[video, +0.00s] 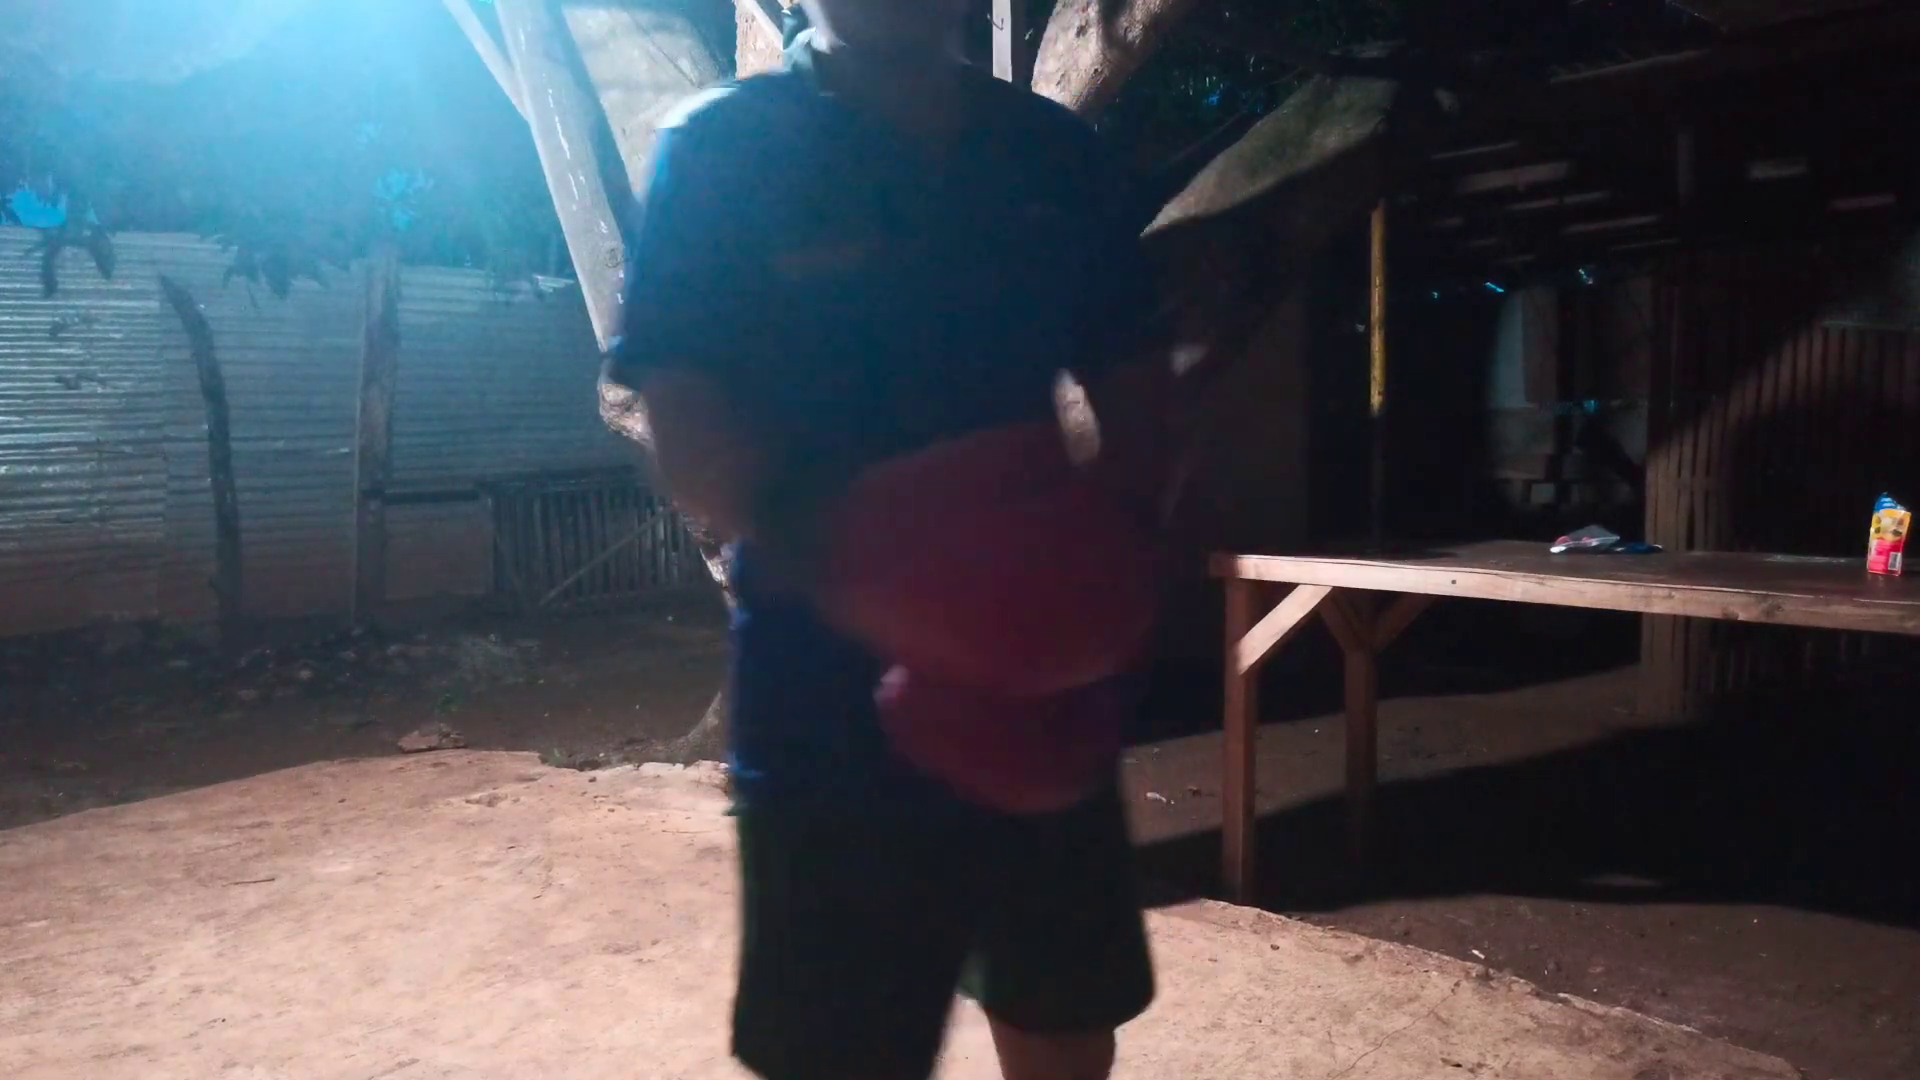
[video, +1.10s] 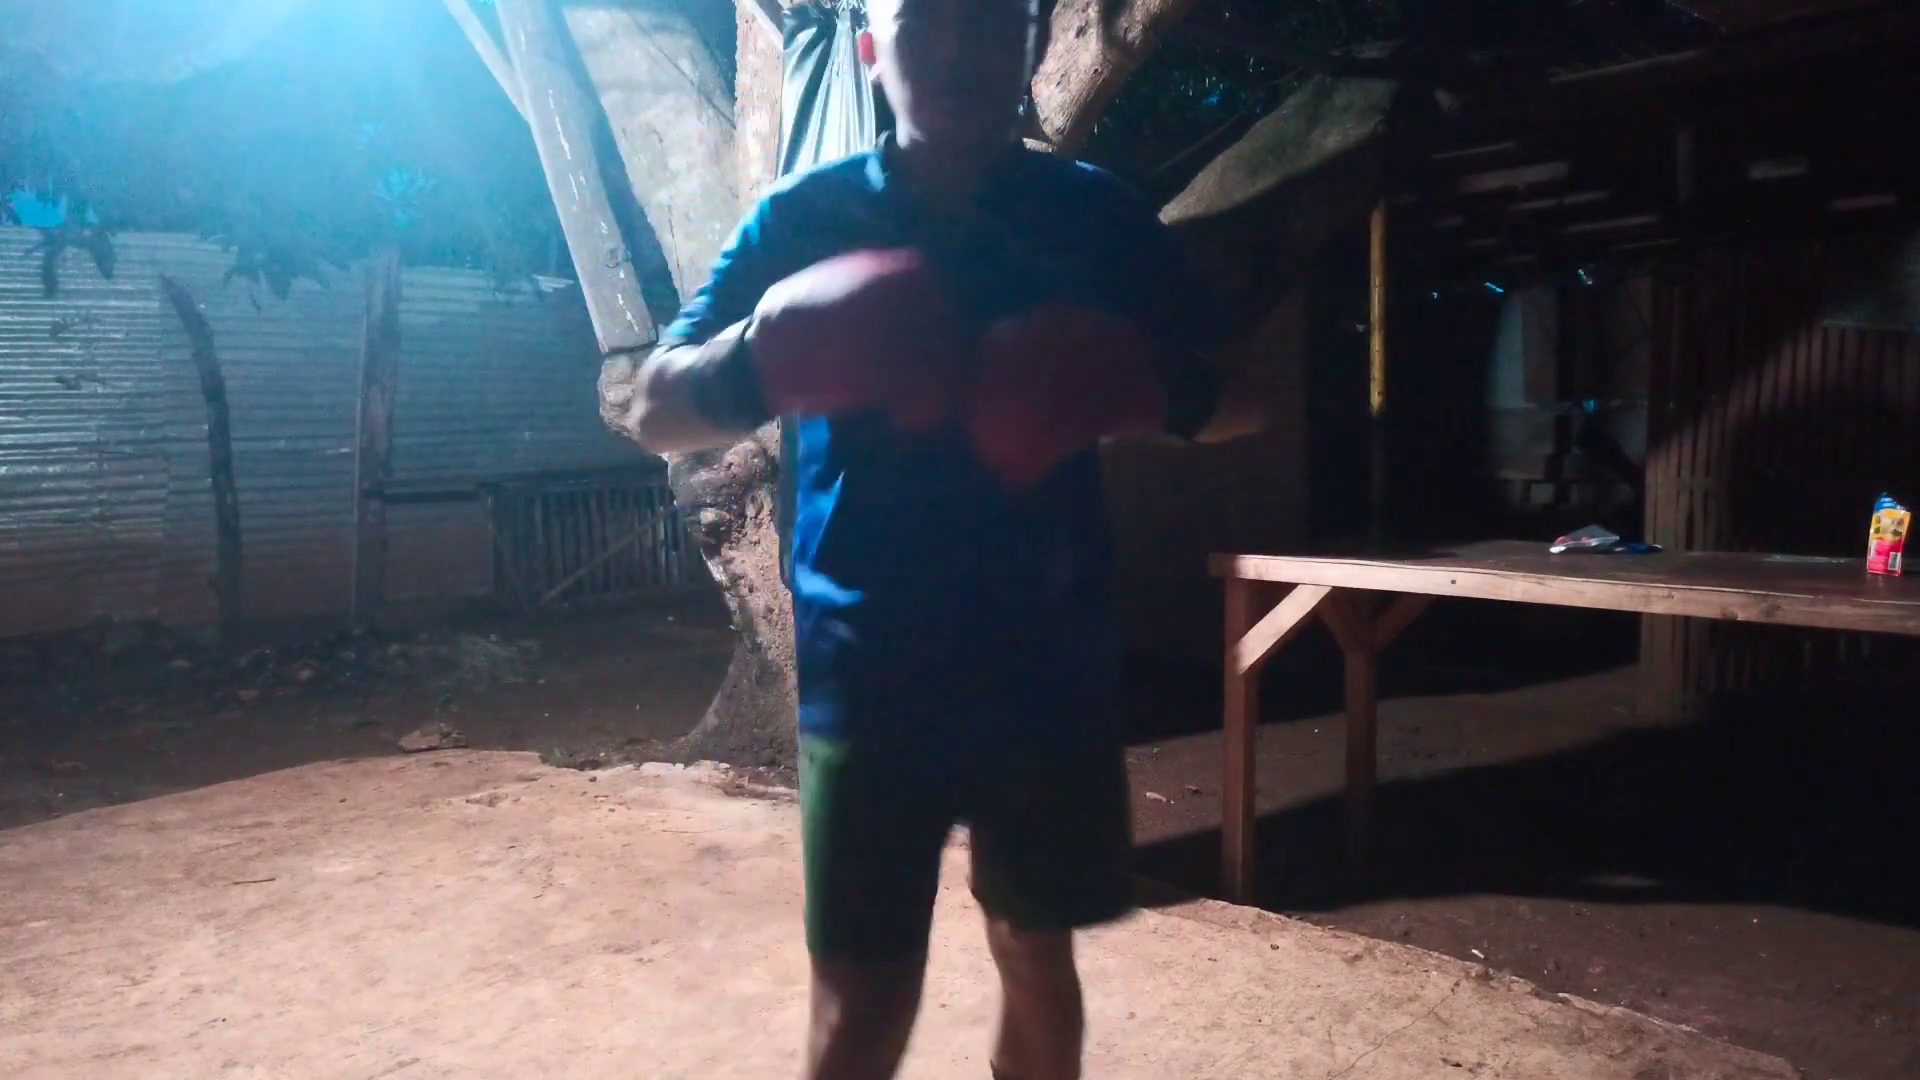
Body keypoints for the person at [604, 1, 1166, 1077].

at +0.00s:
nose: (907, 2)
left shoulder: (1056, 148)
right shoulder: (728, 144)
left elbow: (1141, 401)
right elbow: (689, 441)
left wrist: (1087, 572)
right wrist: (905, 586)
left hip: (1040, 681)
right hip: (828, 693)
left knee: (1067, 1034)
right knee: (837, 1053)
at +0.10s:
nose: (894, 7)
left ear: (956, 3)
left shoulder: (1036, 152)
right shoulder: (688, 151)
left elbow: (1137, 404)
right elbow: (590, 425)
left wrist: (1158, 567)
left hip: (1007, 680)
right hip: (789, 695)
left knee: (1077, 1042)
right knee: (795, 1062)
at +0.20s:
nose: (882, 7)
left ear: (941, 3)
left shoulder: (1014, 145)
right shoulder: (671, 140)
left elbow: (1125, 381)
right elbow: (530, 384)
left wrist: (1230, 461)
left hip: (991, 685)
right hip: (779, 703)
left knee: (1087, 1049)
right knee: (771, 1065)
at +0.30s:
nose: (884, 11)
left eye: (908, 2)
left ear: (938, 11)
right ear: (770, 3)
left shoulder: (1008, 148)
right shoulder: (660, 139)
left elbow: (1147, 371)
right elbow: (467, 359)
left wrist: (1326, 357)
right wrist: (308, 391)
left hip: (992, 711)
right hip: (770, 729)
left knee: (1077, 1039)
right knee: (760, 1064)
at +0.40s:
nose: (859, 16)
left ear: (926, 3)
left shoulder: (1009, 161)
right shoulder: (643, 152)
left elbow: (1163, 388)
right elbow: (480, 383)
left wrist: (1362, 324)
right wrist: (281, 392)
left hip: (995, 732)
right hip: (769, 751)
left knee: (1060, 1049)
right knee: (750, 1073)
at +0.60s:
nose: (867, 16)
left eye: (894, 3)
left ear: (935, 10)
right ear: (765, 4)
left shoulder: (1015, 149)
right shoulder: (669, 154)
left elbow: (1186, 360)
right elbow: (513, 368)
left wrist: (1109, 354)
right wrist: (591, 404)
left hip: (994, 703)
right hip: (780, 723)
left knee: (1069, 1037)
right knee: (800, 1060)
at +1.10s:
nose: (957, 55)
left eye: (988, 28)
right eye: (927, 27)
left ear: (1031, 53)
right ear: (873, 52)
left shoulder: (1094, 215)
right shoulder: (807, 216)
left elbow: (1236, 390)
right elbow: (654, 411)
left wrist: (1125, 385)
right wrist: (770, 358)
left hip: (1042, 664)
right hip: (868, 668)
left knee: (1036, 952)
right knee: (857, 1010)